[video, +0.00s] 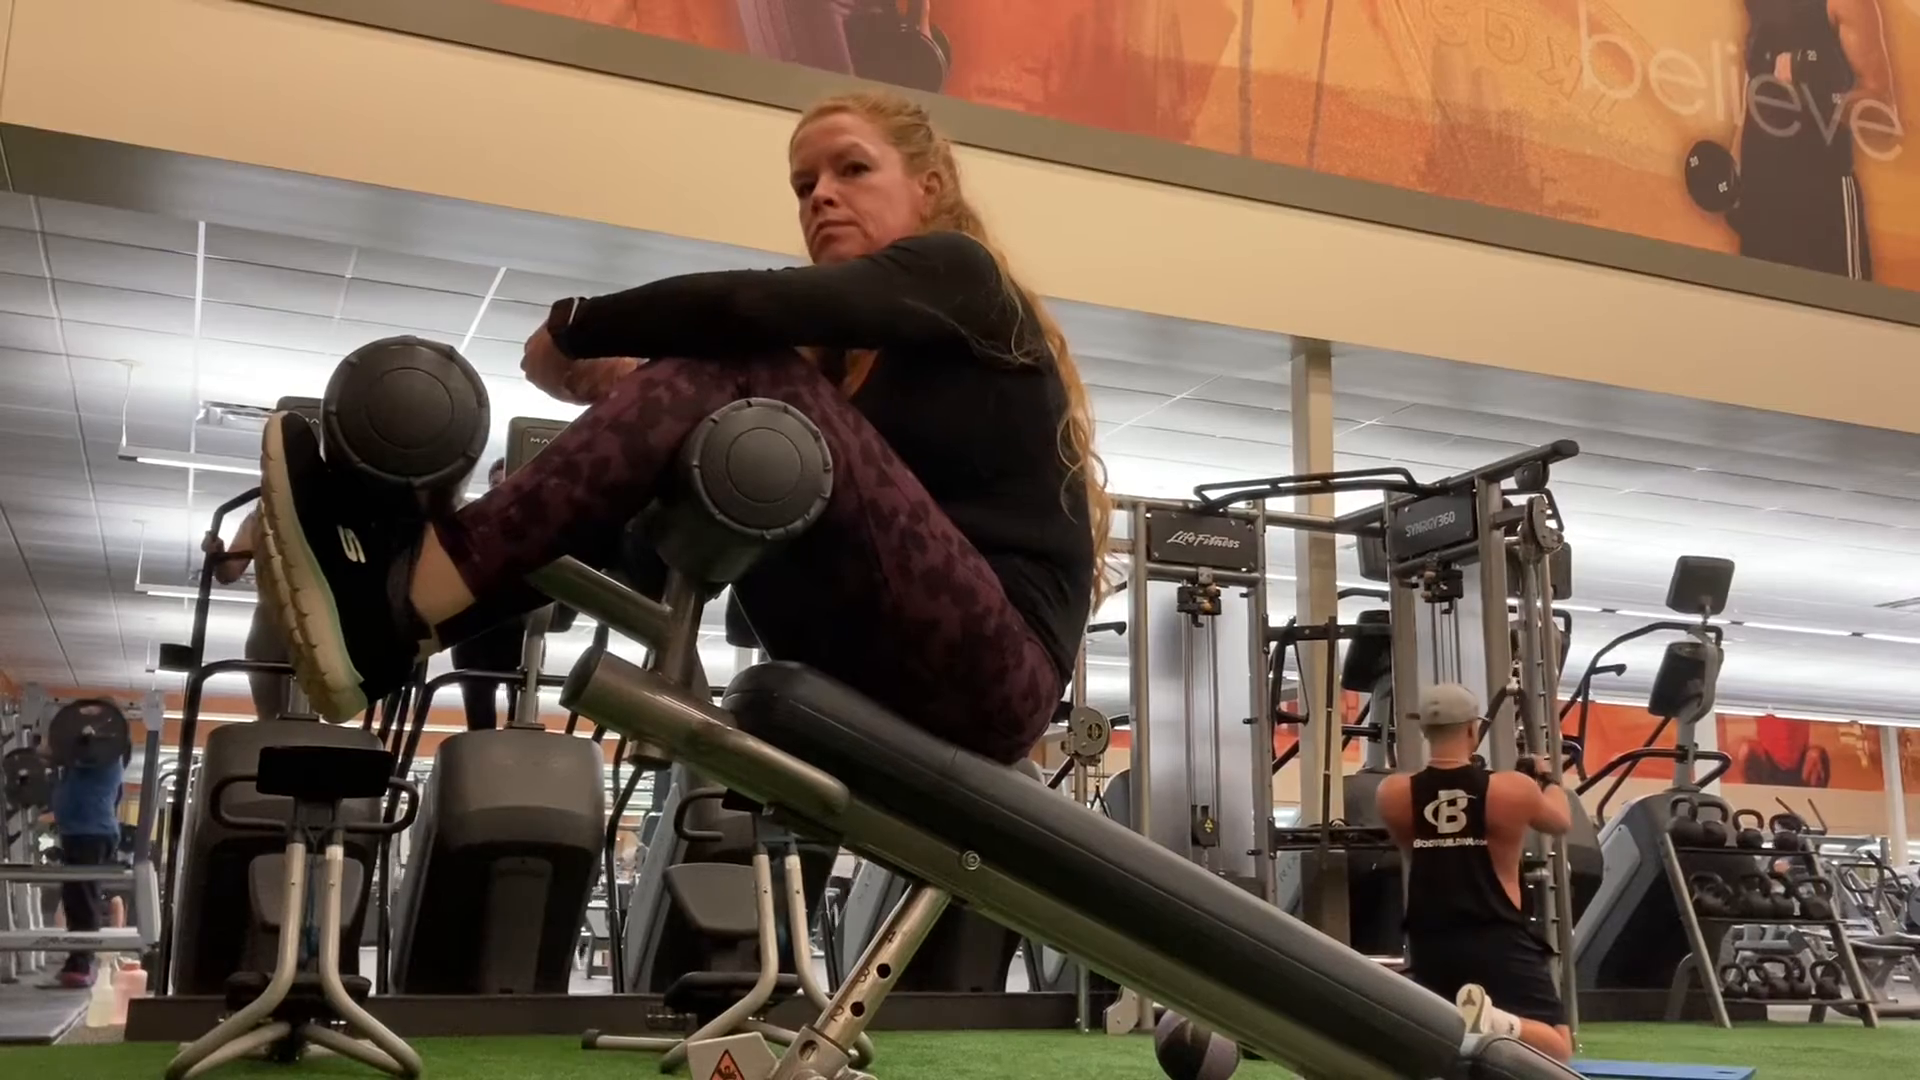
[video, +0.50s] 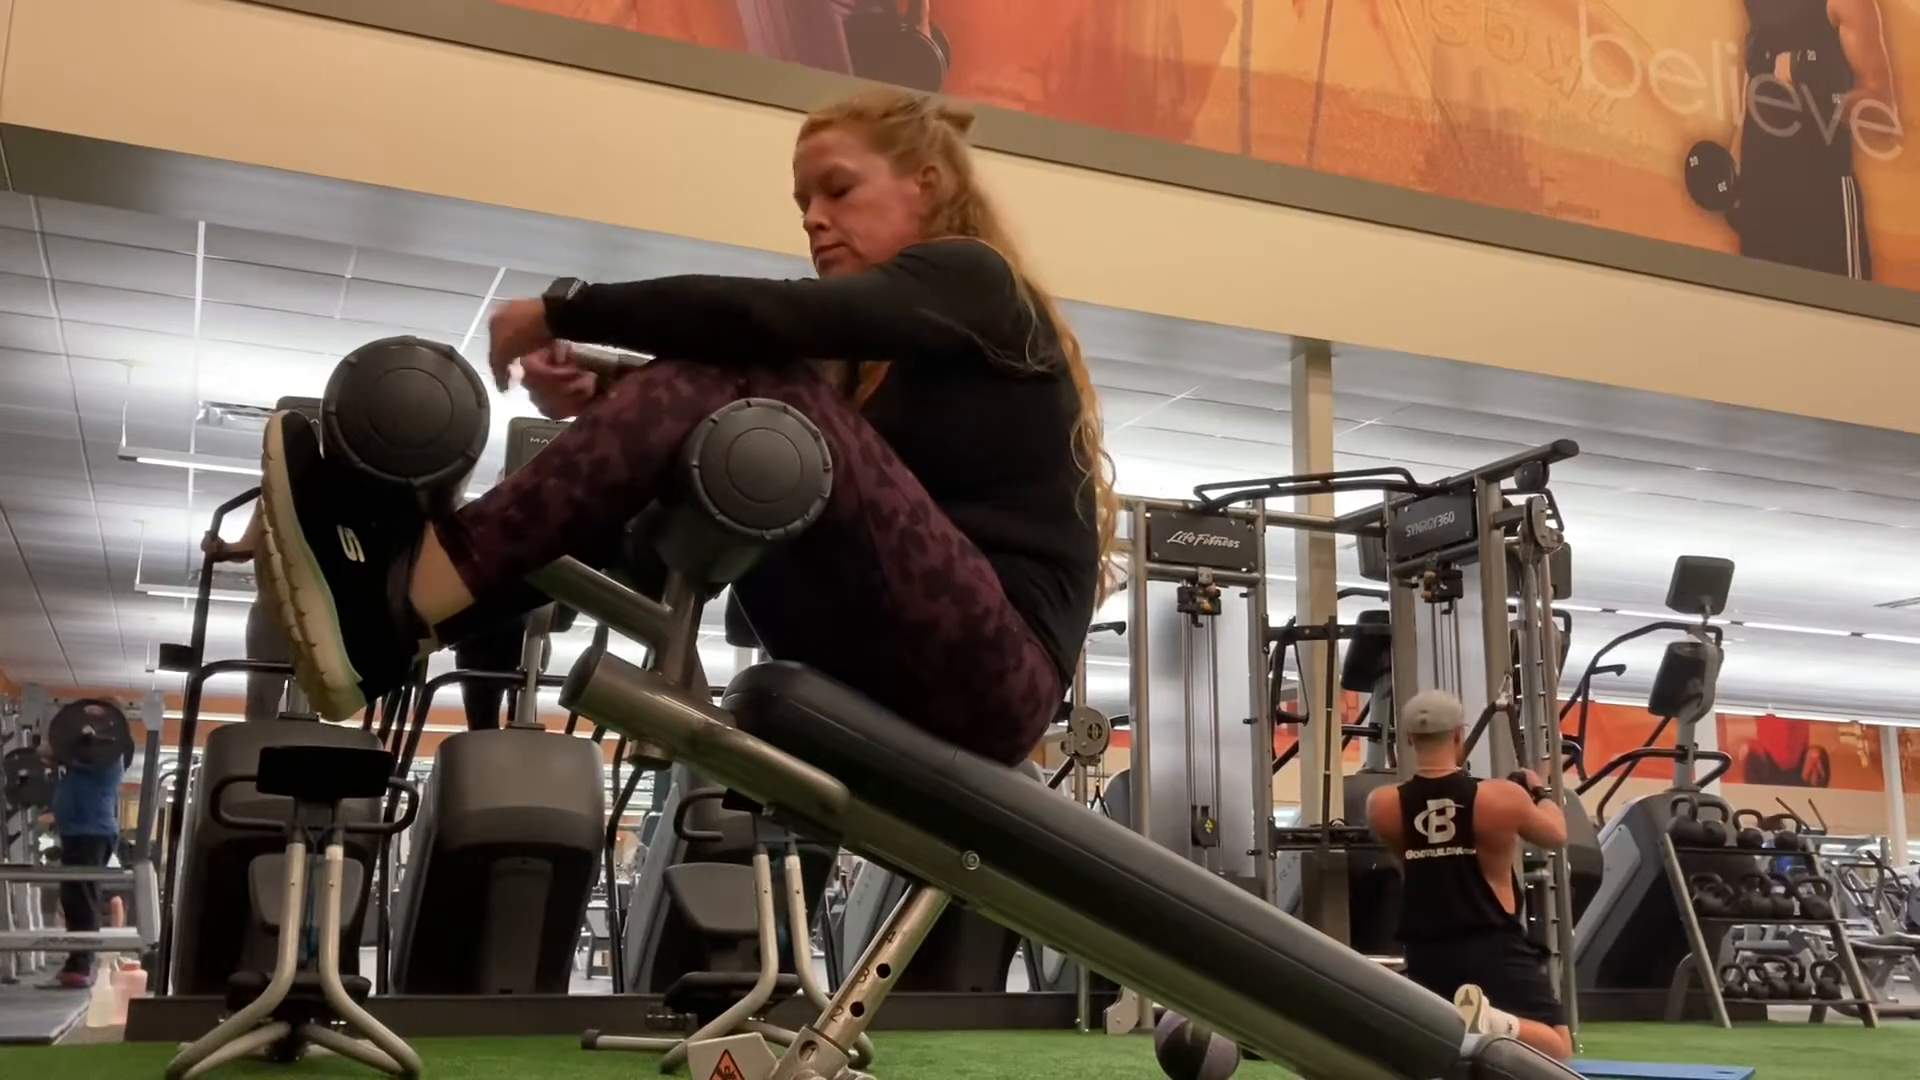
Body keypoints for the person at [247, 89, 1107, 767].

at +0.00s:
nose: (822, 199)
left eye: (852, 171)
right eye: (806, 185)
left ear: (930, 184)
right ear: (797, 211)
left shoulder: (961, 272)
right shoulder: (849, 333)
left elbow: (761, 304)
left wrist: (569, 333)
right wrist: (635, 386)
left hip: (989, 668)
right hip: (875, 659)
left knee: (764, 364)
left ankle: (426, 589)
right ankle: (409, 592)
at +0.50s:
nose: (814, 222)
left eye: (839, 191)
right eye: (807, 204)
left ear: (927, 186)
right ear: (808, 214)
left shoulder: (974, 281)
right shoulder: (866, 325)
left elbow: (775, 318)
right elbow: (769, 375)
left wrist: (555, 308)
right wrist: (613, 389)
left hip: (992, 671)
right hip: (889, 656)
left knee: (775, 379)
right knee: (723, 393)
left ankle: (429, 589)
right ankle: (415, 598)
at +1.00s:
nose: (835, 223)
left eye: (862, 196)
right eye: (835, 205)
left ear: (953, 199)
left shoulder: (995, 292)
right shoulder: (897, 345)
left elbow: (827, 373)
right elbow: (765, 416)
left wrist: (592, 369)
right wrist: (554, 480)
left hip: (991, 677)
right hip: (900, 659)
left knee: (764, 359)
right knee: (731, 381)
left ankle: (422, 602)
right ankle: (411, 600)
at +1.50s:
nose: (880, 212)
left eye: (911, 186)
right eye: (871, 198)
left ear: (989, 204)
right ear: (870, 228)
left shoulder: (1010, 284)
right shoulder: (891, 344)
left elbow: (859, 371)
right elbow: (772, 377)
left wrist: (654, 388)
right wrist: (663, 399)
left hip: (992, 677)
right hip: (869, 652)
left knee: (783, 401)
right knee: (735, 354)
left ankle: (425, 600)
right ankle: (414, 596)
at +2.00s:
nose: (855, 232)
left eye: (882, 202)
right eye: (851, 213)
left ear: (970, 200)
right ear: (864, 227)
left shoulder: (1015, 291)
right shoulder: (908, 344)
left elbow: (863, 370)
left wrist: (647, 392)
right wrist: (669, 400)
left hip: (994, 677)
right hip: (880, 653)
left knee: (776, 378)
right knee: (739, 354)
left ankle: (421, 602)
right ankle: (411, 596)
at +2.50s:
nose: (857, 227)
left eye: (884, 197)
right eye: (855, 209)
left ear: (974, 196)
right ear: (876, 227)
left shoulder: (1022, 294)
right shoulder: (916, 344)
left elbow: (885, 385)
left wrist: (664, 369)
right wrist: (634, 378)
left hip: (993, 677)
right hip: (883, 652)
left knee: (761, 365)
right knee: (738, 357)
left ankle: (426, 597)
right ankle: (414, 592)